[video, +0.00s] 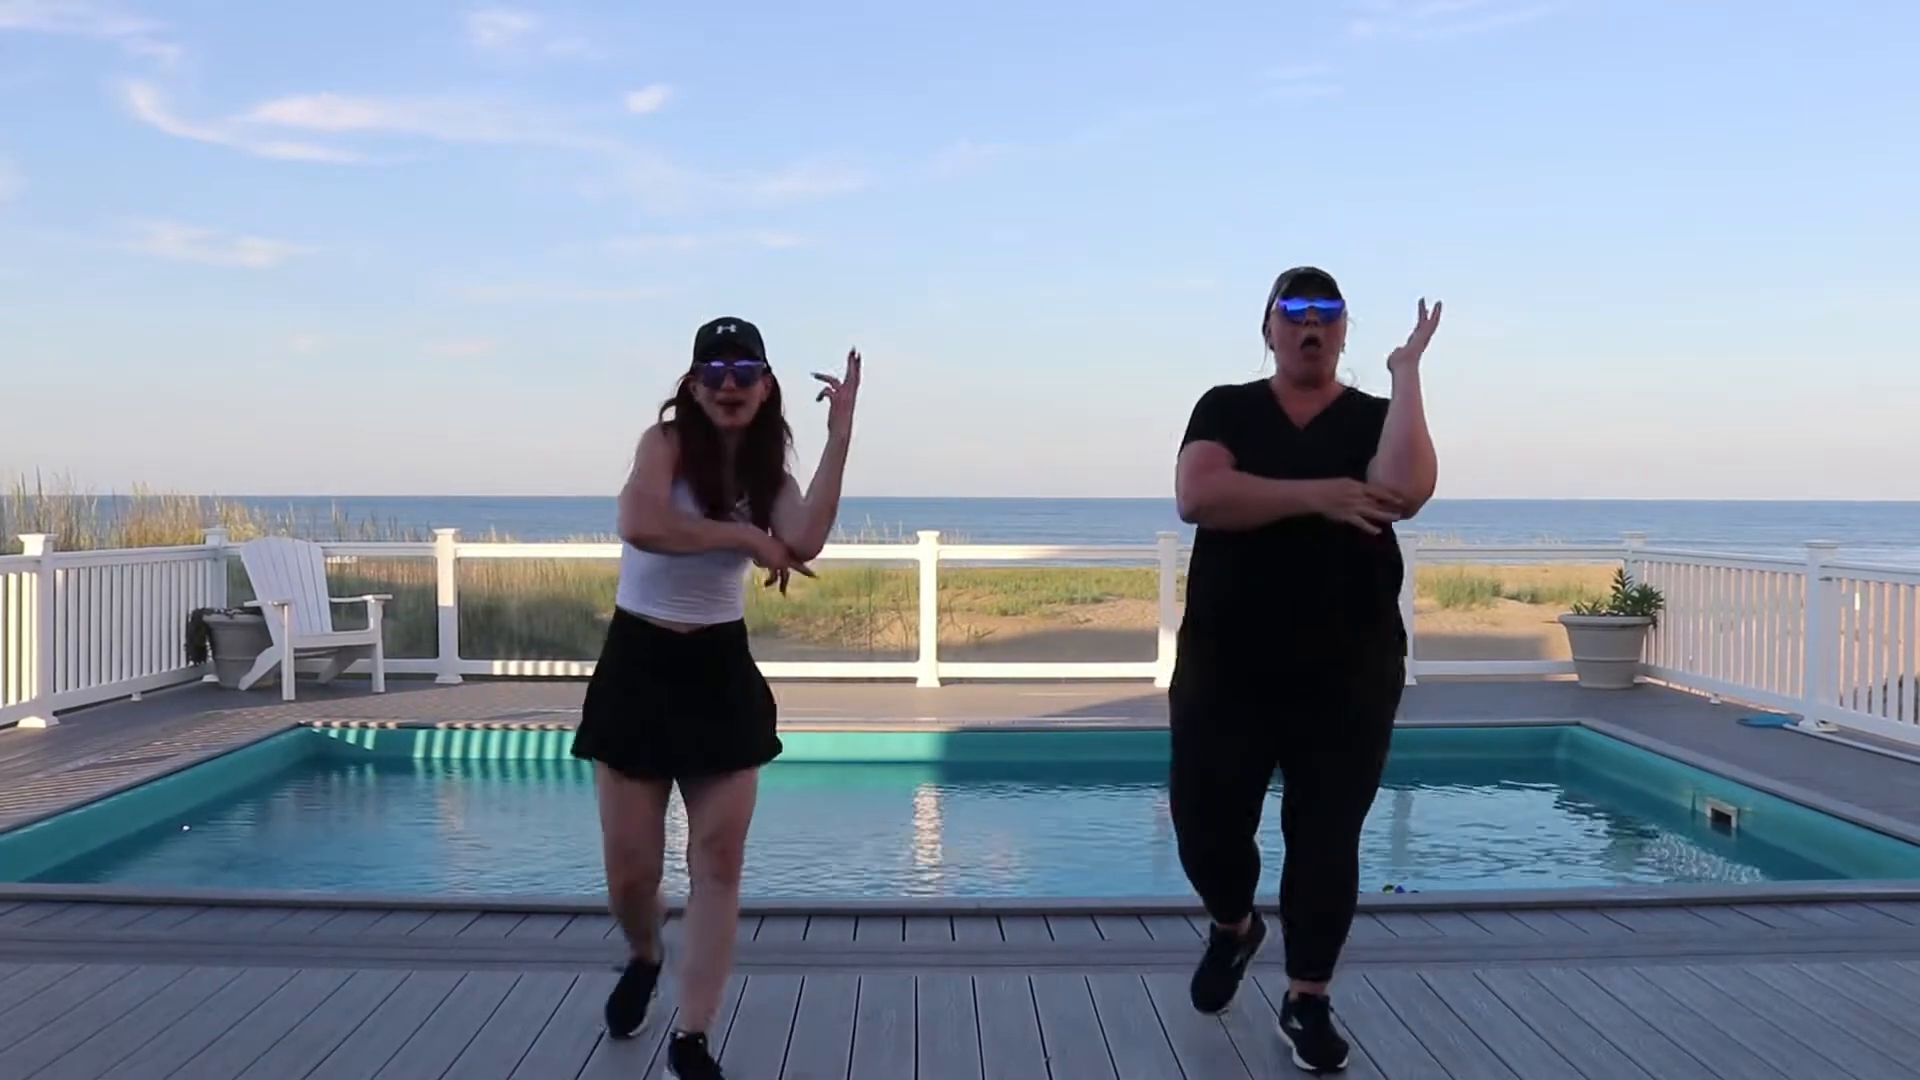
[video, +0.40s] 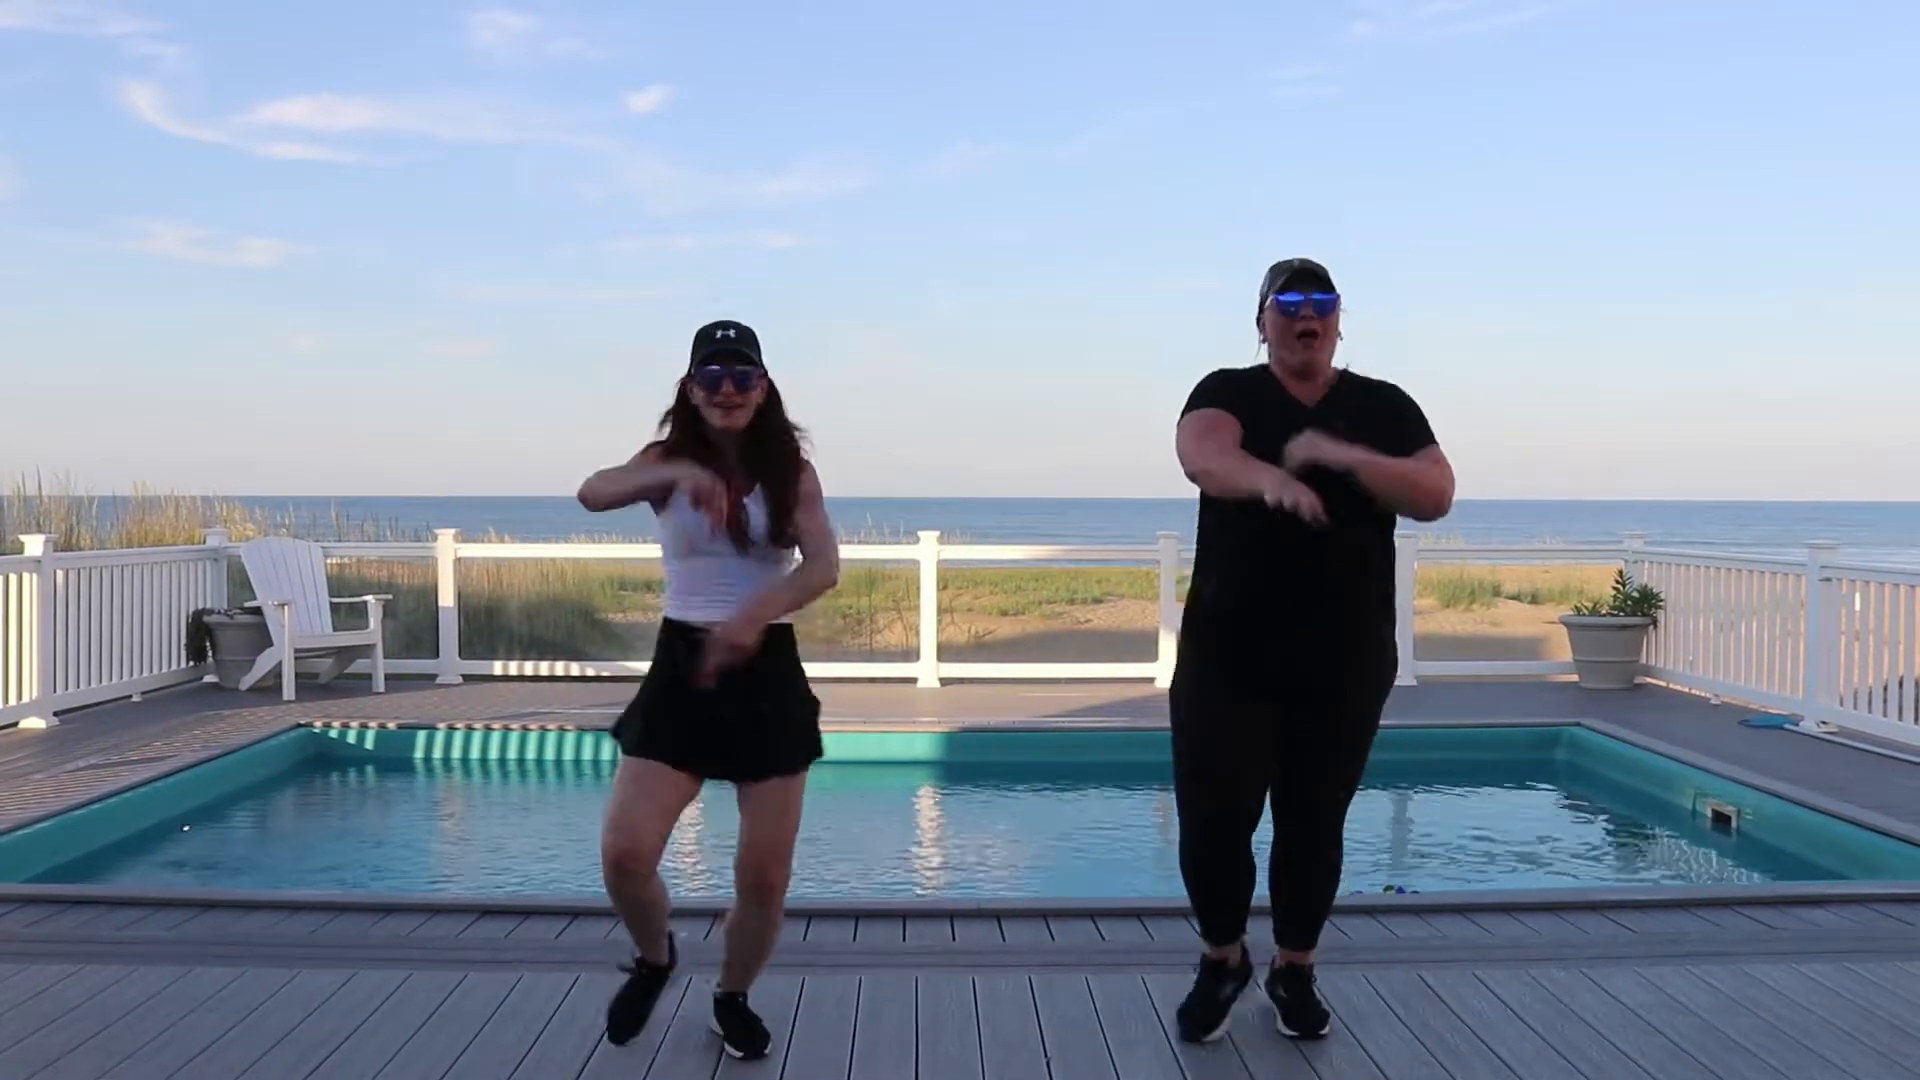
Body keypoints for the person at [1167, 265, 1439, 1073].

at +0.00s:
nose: (1310, 324)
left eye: (1325, 313)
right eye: (1296, 312)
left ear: (1344, 331)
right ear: (1270, 329)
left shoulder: (1377, 420)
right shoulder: (1227, 408)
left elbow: (1408, 489)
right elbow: (1198, 497)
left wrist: (1404, 373)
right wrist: (1318, 495)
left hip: (1346, 669)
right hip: (1227, 662)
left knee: (1327, 835)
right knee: (1205, 820)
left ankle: (1310, 995)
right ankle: (1235, 924)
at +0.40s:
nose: (1307, 322)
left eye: (1320, 310)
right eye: (1291, 310)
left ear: (1338, 321)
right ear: (1264, 322)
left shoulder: (1382, 406)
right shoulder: (1226, 391)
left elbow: (1436, 493)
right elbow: (1202, 457)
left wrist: (1350, 457)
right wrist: (1265, 476)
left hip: (1341, 660)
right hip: (1226, 655)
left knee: (1314, 821)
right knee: (1212, 817)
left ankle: (1294, 968)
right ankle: (1222, 960)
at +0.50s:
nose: (1305, 324)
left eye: (1318, 313)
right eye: (1289, 313)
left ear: (1337, 328)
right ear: (1261, 327)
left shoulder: (1379, 412)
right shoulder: (1222, 404)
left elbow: (1426, 503)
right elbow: (1198, 481)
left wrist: (1318, 494)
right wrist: (1260, 395)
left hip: (1343, 658)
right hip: (1228, 654)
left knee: (1314, 821)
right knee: (1223, 821)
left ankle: (1294, 972)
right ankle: (1199, 995)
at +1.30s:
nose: (1266, 327)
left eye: (1281, 318)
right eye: (1251, 315)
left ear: (1298, 336)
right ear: (1222, 329)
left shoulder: (1330, 417)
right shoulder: (1179, 415)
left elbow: (1396, 485)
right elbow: (1152, 496)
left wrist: (1344, 390)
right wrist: (1262, 491)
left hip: (1321, 656)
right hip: (1204, 662)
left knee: (1350, 819)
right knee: (1220, 828)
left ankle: (1334, 987)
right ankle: (1226, 975)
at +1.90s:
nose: (1317, 297)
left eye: (1334, 288)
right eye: (1304, 286)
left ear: (1356, 309)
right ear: (1280, 302)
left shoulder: (1382, 394)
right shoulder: (1235, 370)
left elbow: (1410, 463)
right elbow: (1188, 446)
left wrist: (1409, 342)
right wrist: (1303, 464)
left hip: (1345, 647)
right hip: (1231, 643)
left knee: (1333, 819)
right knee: (1233, 814)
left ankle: (1323, 983)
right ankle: (1239, 950)